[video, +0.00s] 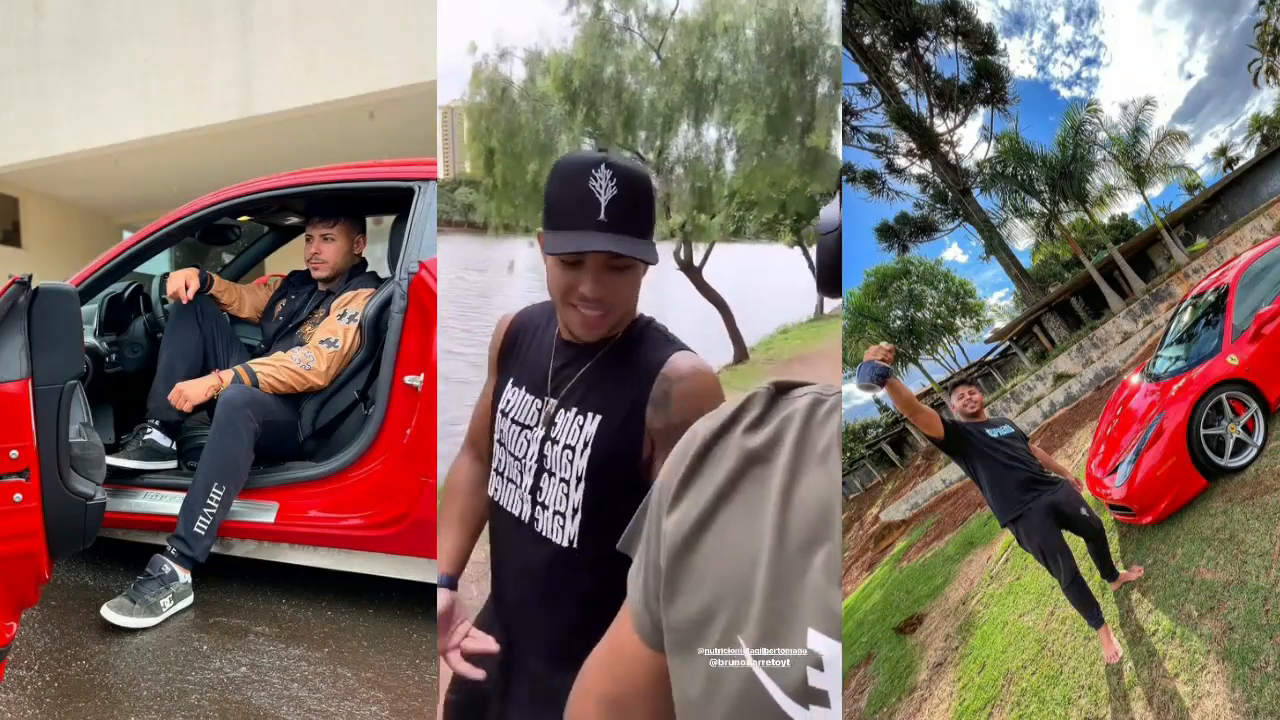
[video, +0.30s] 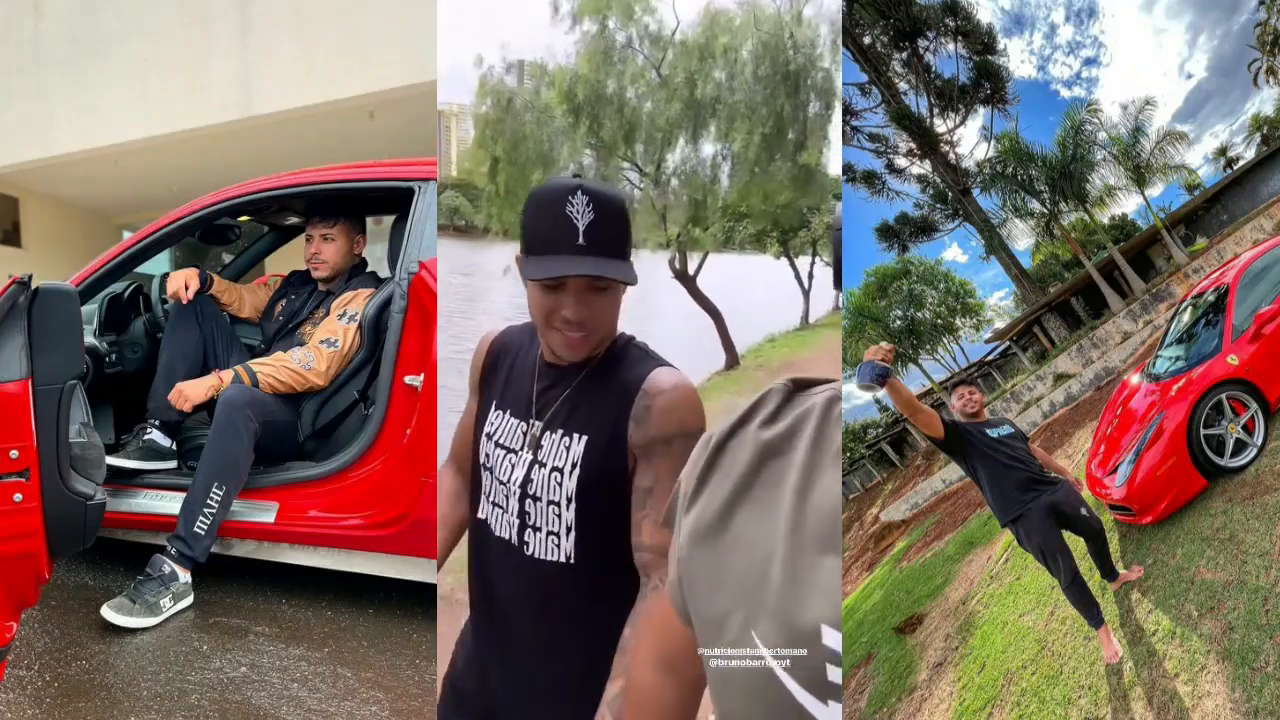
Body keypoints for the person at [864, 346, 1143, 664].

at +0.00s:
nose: (967, 397)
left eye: (971, 392)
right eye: (959, 398)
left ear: (983, 398)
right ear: (953, 411)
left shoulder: (1004, 424)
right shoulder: (957, 436)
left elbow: (1037, 454)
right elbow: (916, 412)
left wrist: (1068, 475)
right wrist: (885, 374)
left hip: (1051, 489)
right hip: (1022, 512)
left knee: (1093, 528)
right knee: (1066, 572)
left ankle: (1114, 576)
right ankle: (1101, 628)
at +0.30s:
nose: (967, 397)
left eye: (971, 392)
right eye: (959, 397)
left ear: (983, 398)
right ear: (953, 410)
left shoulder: (1003, 424)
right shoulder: (956, 436)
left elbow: (1037, 454)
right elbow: (916, 412)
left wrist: (1068, 476)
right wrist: (885, 375)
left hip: (1051, 489)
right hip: (1021, 512)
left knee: (1093, 528)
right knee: (1066, 572)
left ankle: (1114, 576)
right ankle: (1101, 628)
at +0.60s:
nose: (967, 397)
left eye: (971, 392)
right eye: (959, 397)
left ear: (983, 398)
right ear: (953, 410)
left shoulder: (1003, 424)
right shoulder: (957, 436)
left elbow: (1037, 454)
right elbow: (916, 412)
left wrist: (1067, 476)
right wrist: (885, 375)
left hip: (1051, 489)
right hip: (1022, 512)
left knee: (1094, 528)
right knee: (1066, 572)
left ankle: (1113, 576)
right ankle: (1101, 629)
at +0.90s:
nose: (966, 397)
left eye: (971, 392)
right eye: (959, 397)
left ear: (983, 398)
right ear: (953, 410)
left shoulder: (1003, 424)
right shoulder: (956, 436)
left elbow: (1037, 454)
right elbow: (916, 412)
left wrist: (1067, 476)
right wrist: (885, 373)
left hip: (1051, 489)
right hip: (1021, 512)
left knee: (1093, 528)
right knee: (1065, 572)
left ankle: (1113, 576)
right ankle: (1101, 628)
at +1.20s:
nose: (967, 397)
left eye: (971, 392)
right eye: (959, 397)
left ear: (983, 398)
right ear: (953, 410)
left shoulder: (1003, 424)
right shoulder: (957, 436)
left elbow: (1037, 454)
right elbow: (916, 412)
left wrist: (1067, 476)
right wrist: (885, 375)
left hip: (1051, 489)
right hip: (1021, 512)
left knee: (1094, 528)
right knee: (1066, 572)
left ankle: (1113, 576)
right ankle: (1101, 629)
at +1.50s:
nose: (967, 397)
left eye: (970, 392)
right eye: (959, 397)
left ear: (982, 398)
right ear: (953, 411)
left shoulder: (1004, 424)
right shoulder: (956, 436)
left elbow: (1037, 454)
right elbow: (915, 412)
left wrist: (1068, 475)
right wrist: (885, 373)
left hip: (1052, 489)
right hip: (1022, 512)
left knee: (1093, 528)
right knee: (1066, 572)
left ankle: (1114, 576)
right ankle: (1101, 628)